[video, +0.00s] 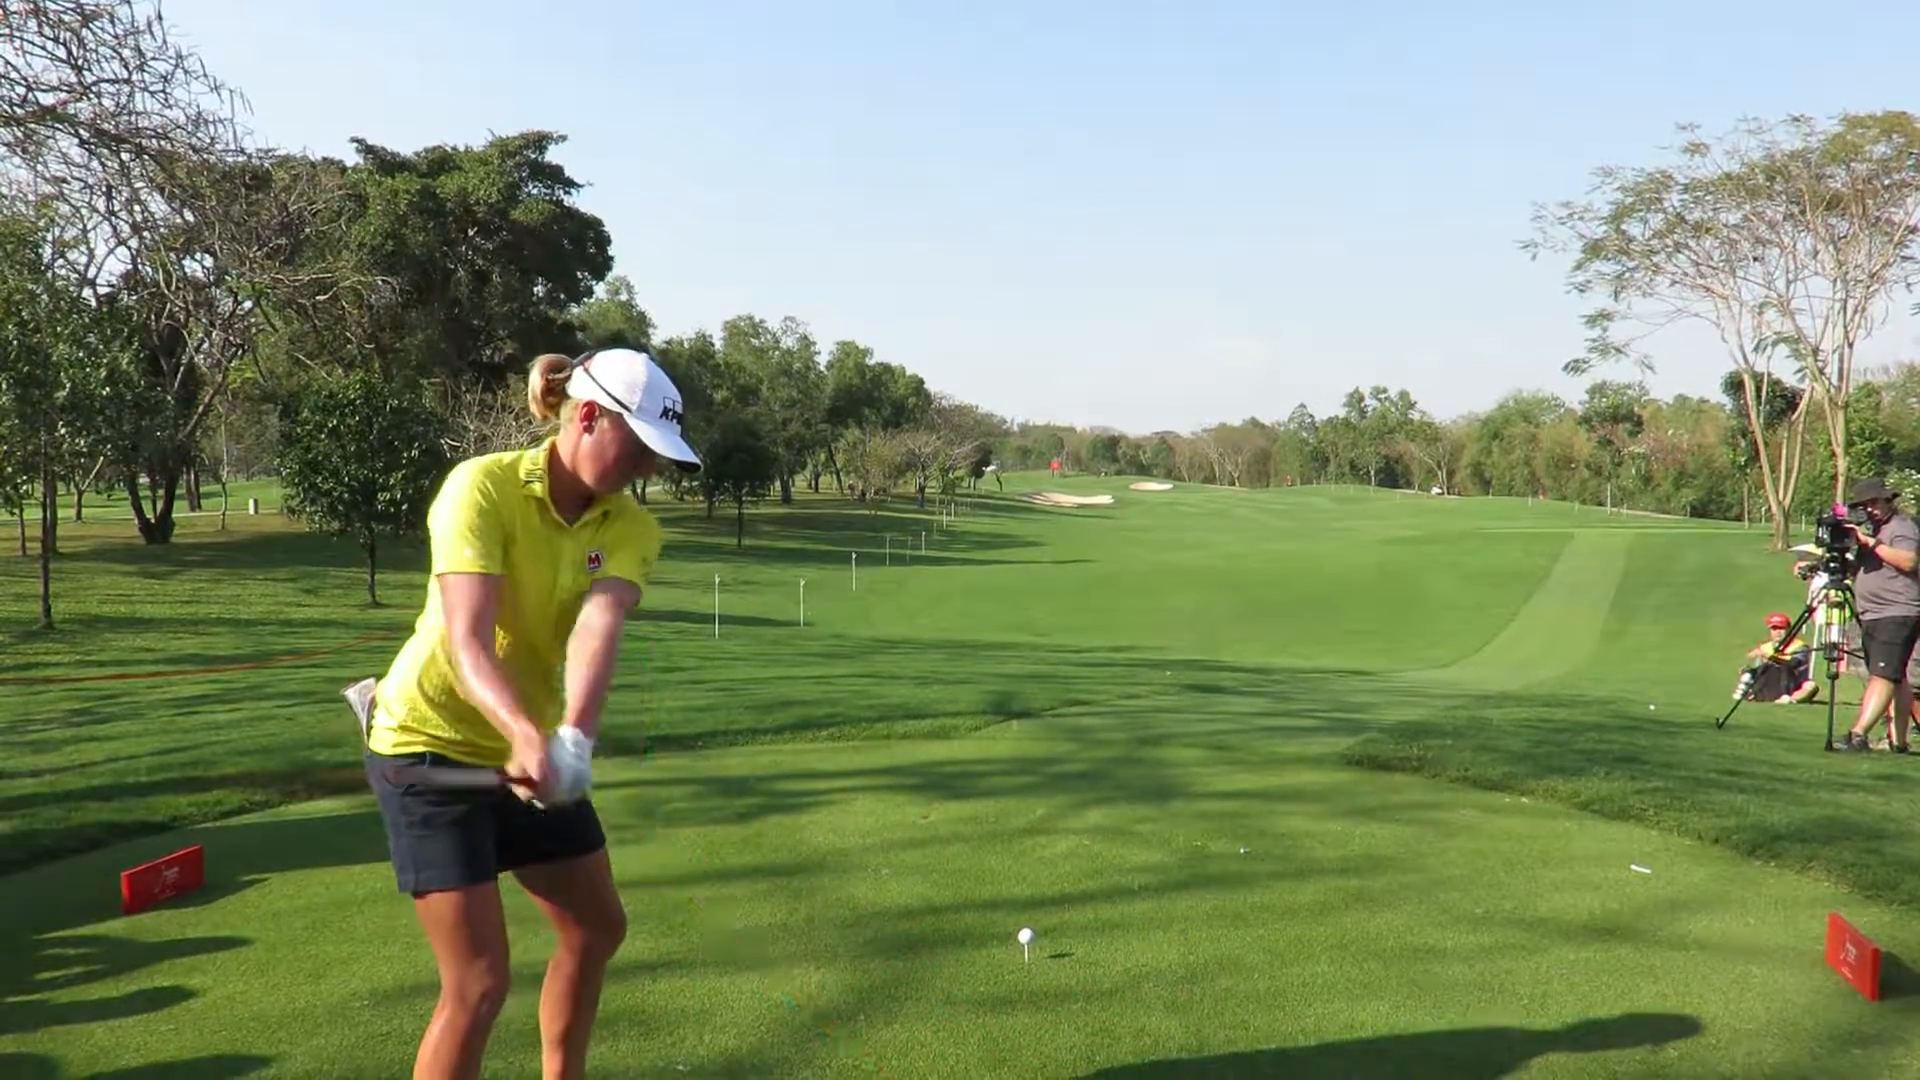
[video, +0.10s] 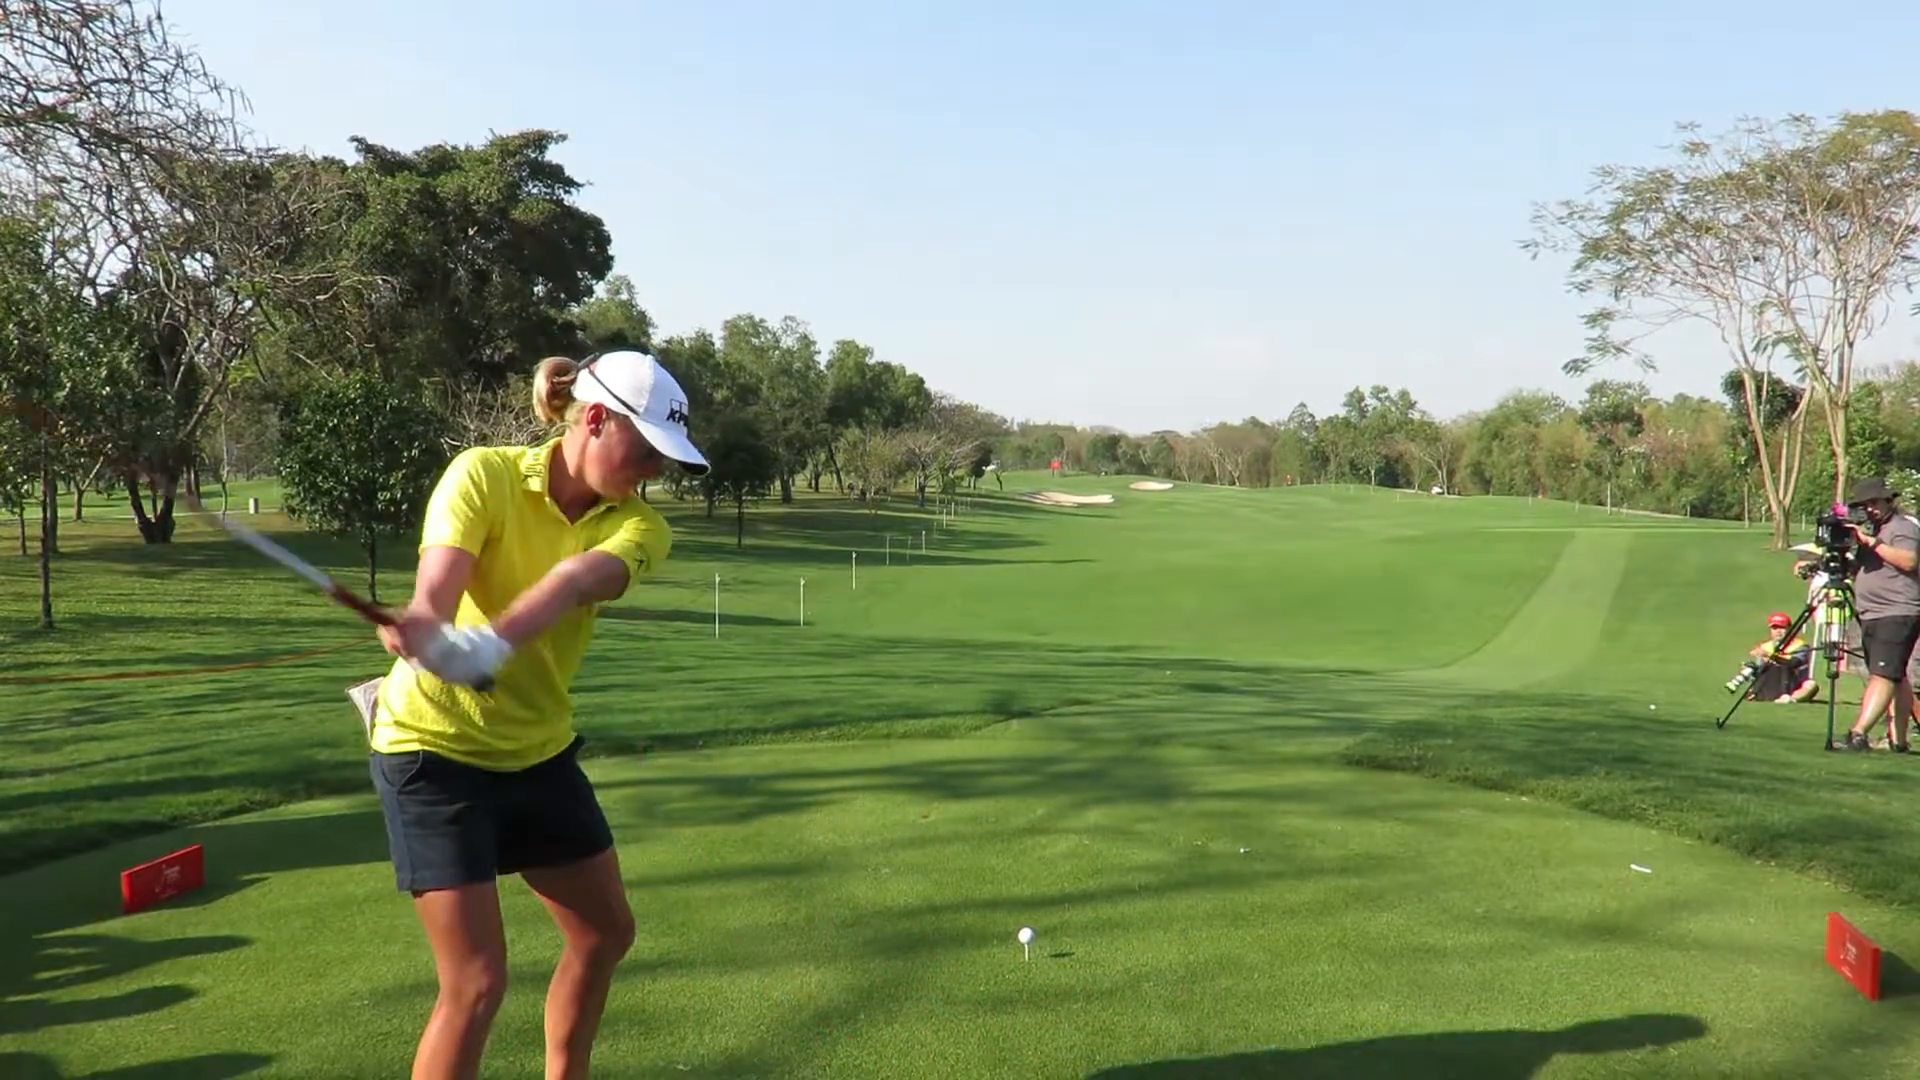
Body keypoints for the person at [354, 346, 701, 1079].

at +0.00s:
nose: (646, 465)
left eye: (654, 453)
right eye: (639, 445)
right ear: (587, 420)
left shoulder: (628, 526)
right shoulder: (478, 488)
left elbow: (600, 629)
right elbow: (468, 638)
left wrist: (579, 734)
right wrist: (521, 730)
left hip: (536, 749)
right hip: (430, 745)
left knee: (596, 927)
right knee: (477, 982)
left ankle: (561, 1072)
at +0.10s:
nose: (653, 470)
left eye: (661, 457)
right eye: (646, 449)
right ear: (594, 422)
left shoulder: (639, 528)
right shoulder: (482, 475)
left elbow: (576, 581)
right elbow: (438, 583)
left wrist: (495, 643)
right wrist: (422, 628)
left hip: (537, 747)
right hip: (432, 746)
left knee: (604, 932)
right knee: (474, 983)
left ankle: (564, 1072)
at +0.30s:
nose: (672, 462)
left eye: (678, 449)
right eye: (661, 443)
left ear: (625, 433)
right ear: (605, 425)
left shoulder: (642, 526)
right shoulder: (483, 469)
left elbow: (505, 463)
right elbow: (346, 519)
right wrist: (343, 383)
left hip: (542, 756)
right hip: (433, 748)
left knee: (614, 945)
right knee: (473, 983)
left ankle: (568, 1072)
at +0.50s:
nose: (679, 469)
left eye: (686, 456)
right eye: (670, 449)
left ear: (636, 435)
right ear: (613, 421)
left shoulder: (642, 521)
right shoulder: (496, 455)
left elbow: (504, 424)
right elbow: (346, 455)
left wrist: (424, 312)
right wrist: (403, 326)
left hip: (544, 758)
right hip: (435, 747)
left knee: (617, 946)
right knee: (473, 985)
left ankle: (569, 1070)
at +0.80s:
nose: (702, 477)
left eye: (707, 464)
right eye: (696, 458)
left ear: (657, 442)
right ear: (646, 437)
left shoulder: (668, 511)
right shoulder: (534, 478)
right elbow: (464, 613)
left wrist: (566, 614)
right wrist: (509, 622)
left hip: (552, 742)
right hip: (476, 747)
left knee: (609, 907)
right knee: (531, 979)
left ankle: (570, 1071)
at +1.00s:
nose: (703, 480)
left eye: (709, 467)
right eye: (700, 463)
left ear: (637, 428)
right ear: (655, 440)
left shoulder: (535, 449)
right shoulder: (624, 526)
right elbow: (680, 588)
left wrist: (682, 582)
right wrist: (713, 598)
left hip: (469, 729)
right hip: (554, 747)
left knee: (560, 930)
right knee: (537, 963)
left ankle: (557, 1068)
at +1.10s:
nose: (724, 470)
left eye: (729, 455)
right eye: (722, 452)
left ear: (649, 419)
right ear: (680, 432)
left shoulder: (540, 451)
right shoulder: (685, 521)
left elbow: (574, 424)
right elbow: (637, 433)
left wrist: (600, 391)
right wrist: (588, 379)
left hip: (483, 729)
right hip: (581, 740)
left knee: (558, 934)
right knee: (546, 952)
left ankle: (559, 1069)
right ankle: (499, 1075)